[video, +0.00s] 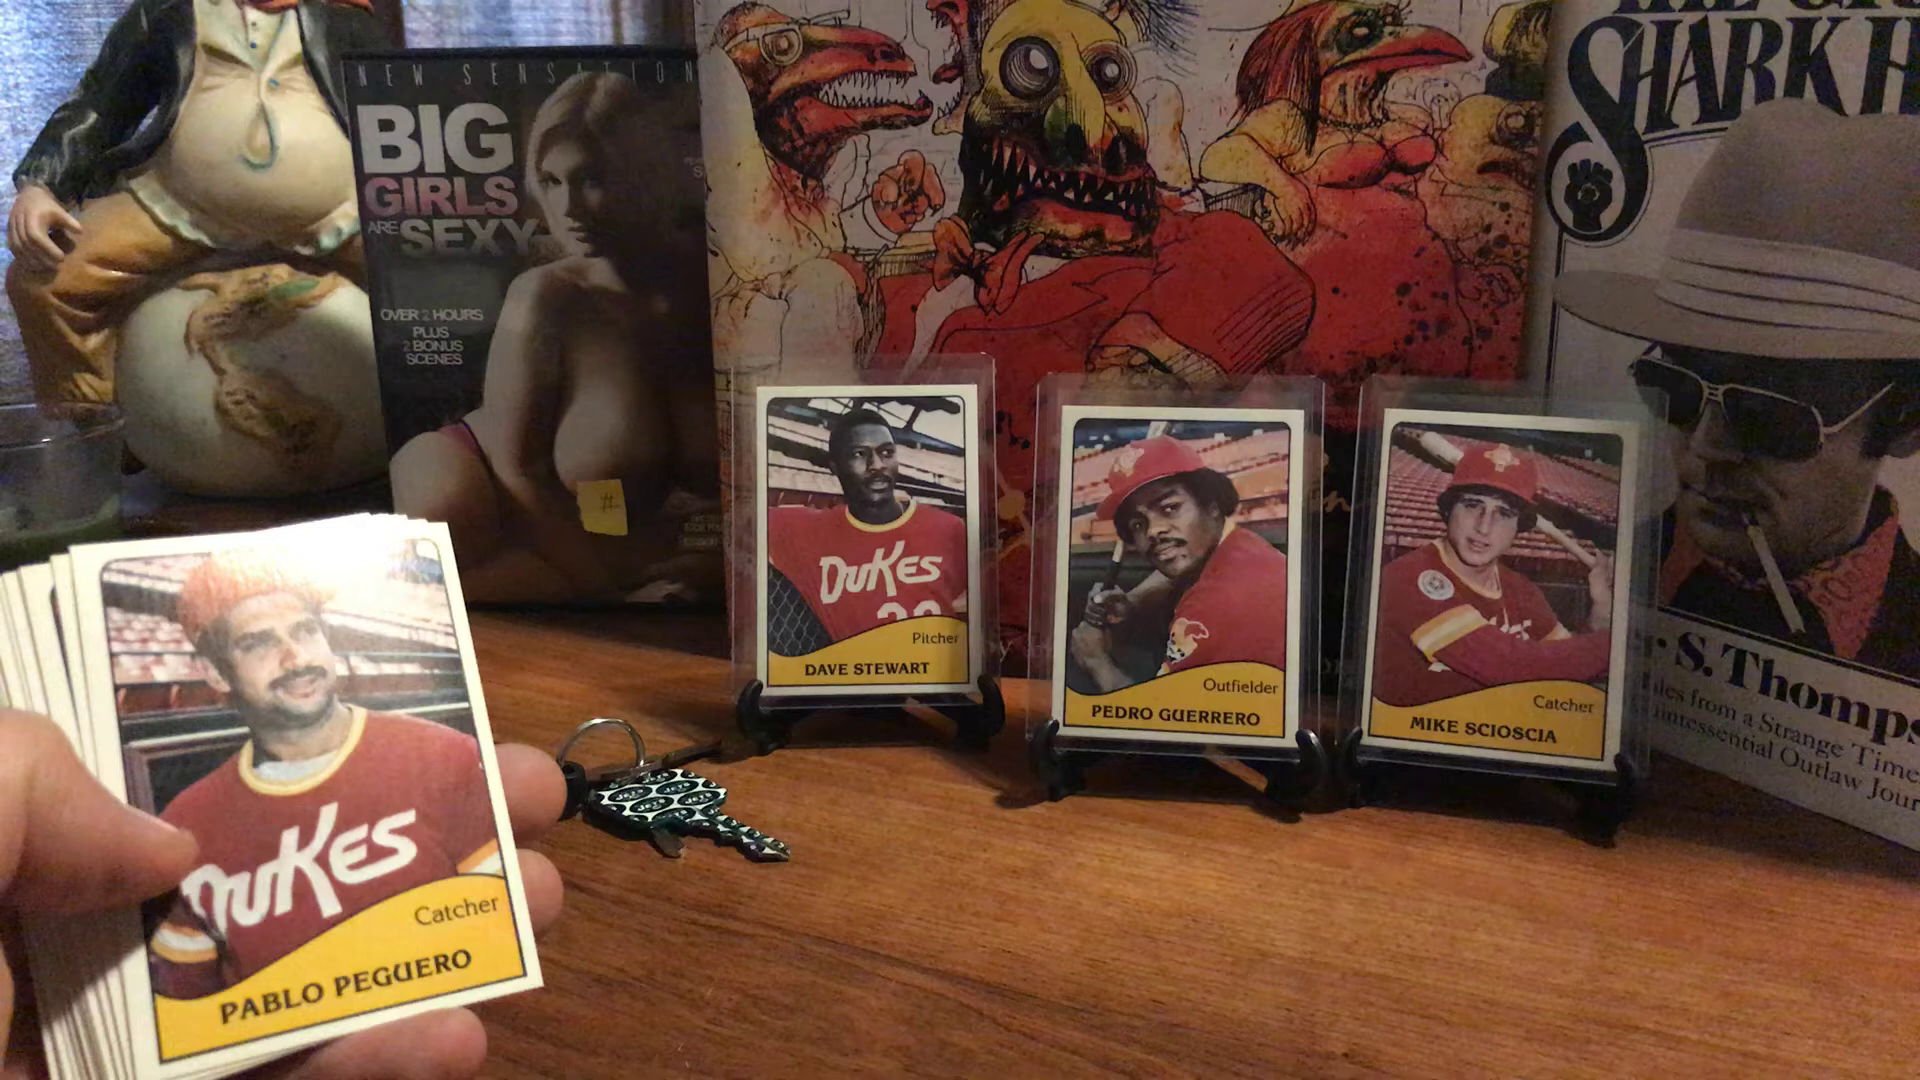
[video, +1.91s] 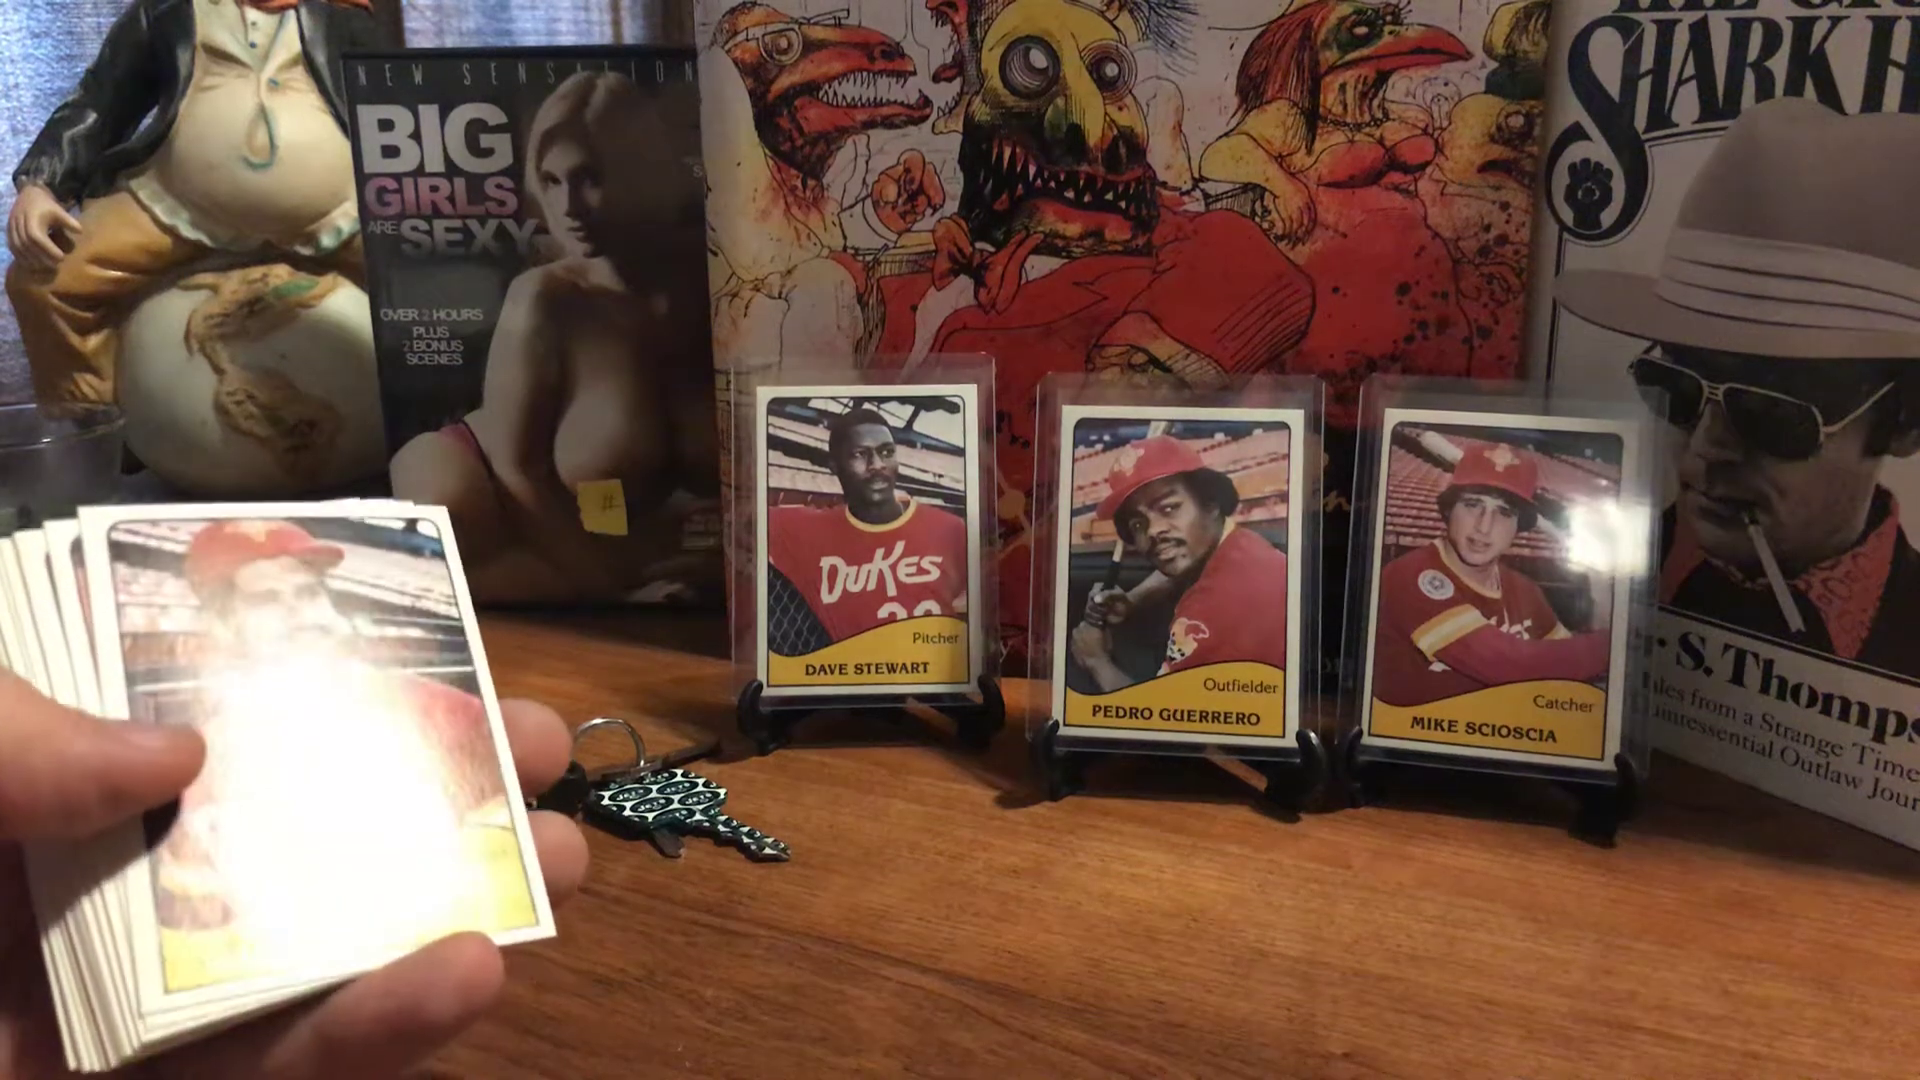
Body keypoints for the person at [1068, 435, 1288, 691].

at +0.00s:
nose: (1154, 530)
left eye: (1169, 508)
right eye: (1138, 524)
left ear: (1211, 505)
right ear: (1133, 542)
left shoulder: (1213, 608)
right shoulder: (1246, 545)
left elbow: (1160, 723)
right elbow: (1183, 570)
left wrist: (1097, 662)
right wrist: (1132, 603)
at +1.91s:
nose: (1155, 530)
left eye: (1169, 508)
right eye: (1139, 523)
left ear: (1211, 504)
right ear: (1133, 540)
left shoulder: (1208, 610)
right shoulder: (1248, 545)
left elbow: (1162, 719)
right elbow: (1185, 565)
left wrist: (1097, 662)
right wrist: (1132, 601)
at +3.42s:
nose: (1155, 531)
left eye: (1169, 509)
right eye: (1139, 524)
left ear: (1212, 505)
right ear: (1133, 540)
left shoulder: (1208, 611)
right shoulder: (1247, 545)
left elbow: (1159, 720)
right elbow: (1185, 564)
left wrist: (1097, 662)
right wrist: (1133, 603)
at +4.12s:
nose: (1155, 530)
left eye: (1169, 508)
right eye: (1139, 523)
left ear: (1213, 503)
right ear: (1132, 540)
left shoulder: (1211, 608)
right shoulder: (1247, 545)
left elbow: (1161, 722)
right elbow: (1183, 565)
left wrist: (1097, 661)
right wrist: (1133, 602)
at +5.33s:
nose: (1156, 530)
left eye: (1171, 508)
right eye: (1140, 523)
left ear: (1215, 504)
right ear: (1133, 539)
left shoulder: (1213, 606)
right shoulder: (1253, 545)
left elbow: (1159, 719)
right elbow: (1186, 563)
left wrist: (1098, 662)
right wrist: (1133, 602)